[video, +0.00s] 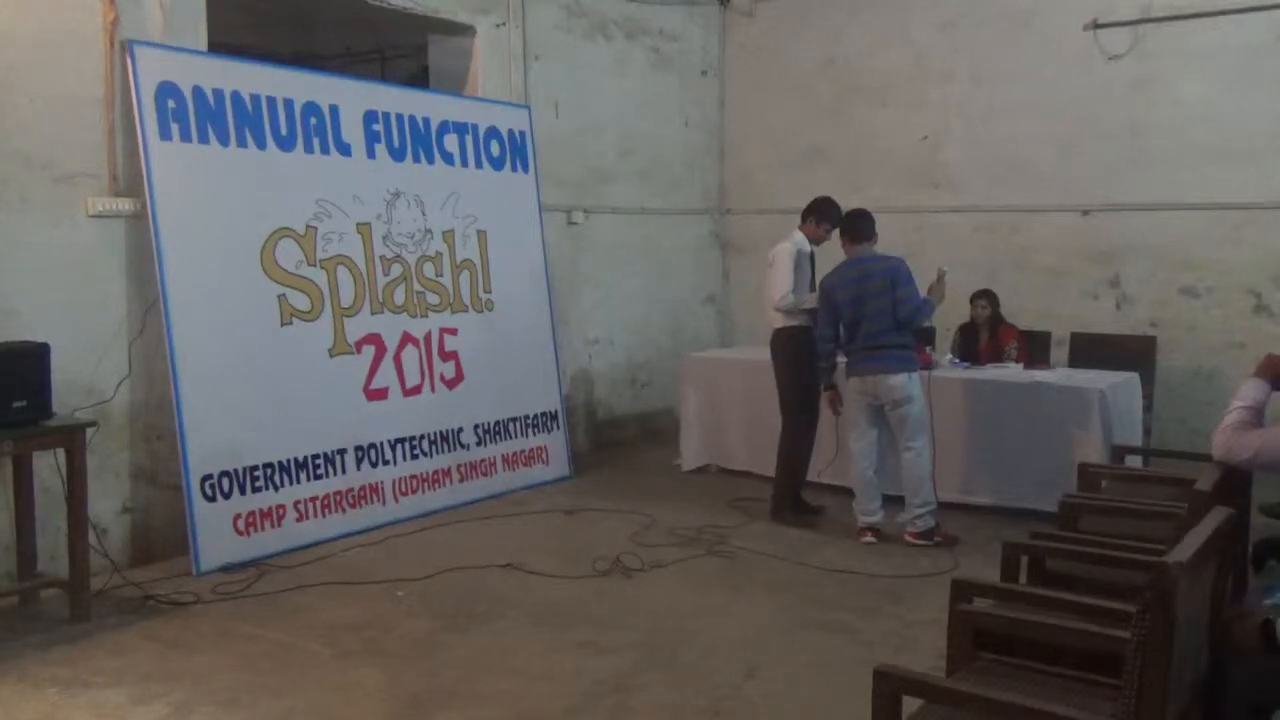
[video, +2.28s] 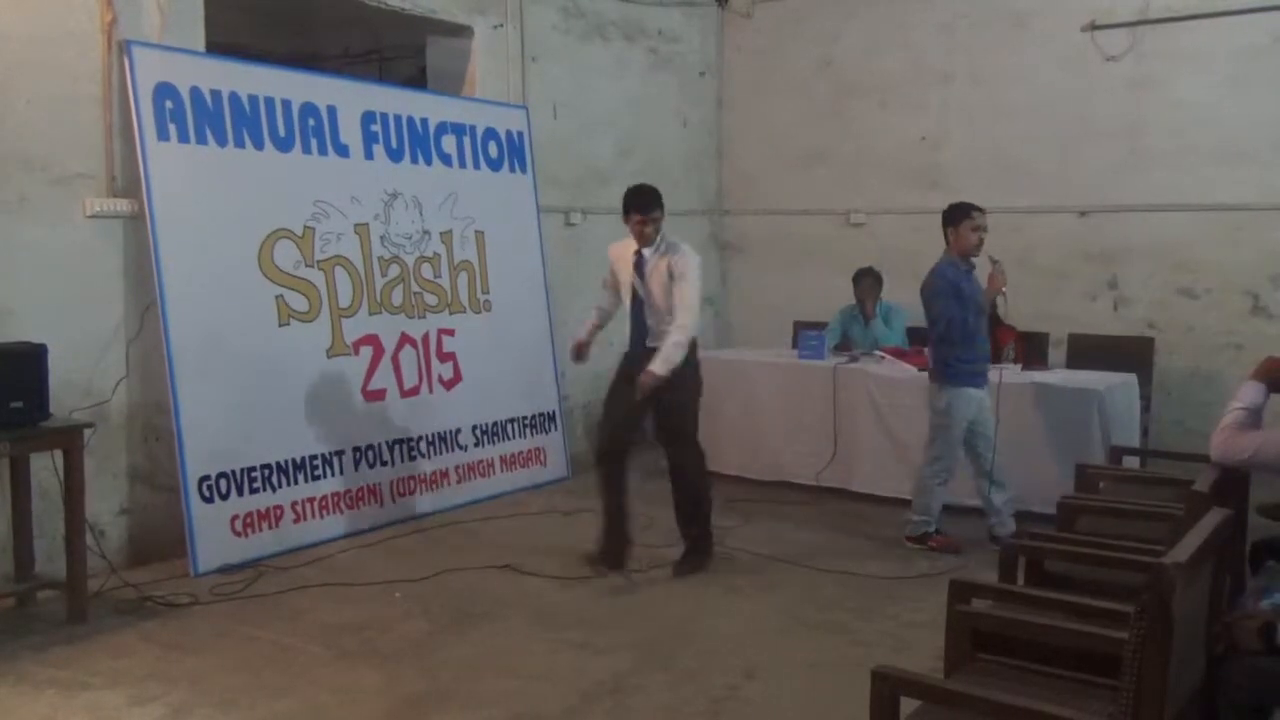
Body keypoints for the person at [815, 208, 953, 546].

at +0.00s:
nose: (843, 245)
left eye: (842, 240)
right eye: (871, 237)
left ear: (843, 241)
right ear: (876, 237)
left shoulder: (832, 281)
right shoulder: (894, 267)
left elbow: (826, 338)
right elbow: (912, 317)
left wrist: (828, 384)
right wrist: (933, 299)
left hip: (858, 375)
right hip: (898, 374)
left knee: (862, 451)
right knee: (914, 446)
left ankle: (868, 524)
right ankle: (920, 524)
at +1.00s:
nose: (897, 239)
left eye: (897, 232)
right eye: (895, 232)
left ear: (864, 235)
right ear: (881, 233)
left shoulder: (841, 280)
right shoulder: (893, 269)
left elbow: (834, 337)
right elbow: (909, 317)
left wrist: (838, 384)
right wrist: (940, 293)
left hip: (863, 376)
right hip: (898, 374)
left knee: (865, 448)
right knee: (915, 447)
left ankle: (867, 524)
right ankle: (919, 526)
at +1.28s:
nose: (921, 235)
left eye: (920, 228)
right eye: (915, 229)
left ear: (890, 234)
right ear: (895, 233)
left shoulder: (864, 274)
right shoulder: (902, 272)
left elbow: (859, 332)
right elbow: (905, 327)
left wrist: (868, 363)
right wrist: (944, 306)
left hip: (874, 375)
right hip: (904, 377)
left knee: (876, 448)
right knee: (915, 452)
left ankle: (869, 523)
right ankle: (920, 527)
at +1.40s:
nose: (931, 234)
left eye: (931, 227)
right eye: (924, 228)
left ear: (900, 235)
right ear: (903, 233)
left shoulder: (878, 273)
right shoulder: (910, 274)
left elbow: (878, 331)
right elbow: (915, 330)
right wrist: (951, 306)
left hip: (884, 375)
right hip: (913, 378)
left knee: (884, 451)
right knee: (920, 454)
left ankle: (870, 522)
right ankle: (920, 527)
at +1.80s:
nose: (952, 234)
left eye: (953, 227)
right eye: (946, 227)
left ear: (931, 232)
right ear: (923, 231)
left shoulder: (928, 271)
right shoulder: (920, 275)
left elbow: (937, 325)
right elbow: (933, 332)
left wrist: (967, 307)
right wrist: (966, 304)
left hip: (933, 377)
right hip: (928, 379)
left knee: (932, 448)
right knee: (931, 451)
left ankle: (910, 514)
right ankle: (920, 529)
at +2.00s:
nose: (963, 234)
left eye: (964, 227)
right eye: (956, 227)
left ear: (950, 232)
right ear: (933, 231)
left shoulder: (943, 272)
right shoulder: (925, 276)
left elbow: (946, 327)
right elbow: (936, 334)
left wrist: (971, 308)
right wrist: (970, 306)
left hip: (950, 379)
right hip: (933, 381)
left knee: (962, 453)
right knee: (933, 455)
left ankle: (961, 521)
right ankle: (919, 528)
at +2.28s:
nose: (981, 237)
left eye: (983, 231)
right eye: (974, 230)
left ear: (968, 234)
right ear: (952, 232)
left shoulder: (967, 277)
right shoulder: (939, 280)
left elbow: (973, 327)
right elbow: (954, 332)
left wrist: (991, 298)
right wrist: (986, 296)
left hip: (976, 384)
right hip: (951, 385)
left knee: (988, 463)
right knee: (941, 461)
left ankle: (1003, 529)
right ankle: (921, 527)